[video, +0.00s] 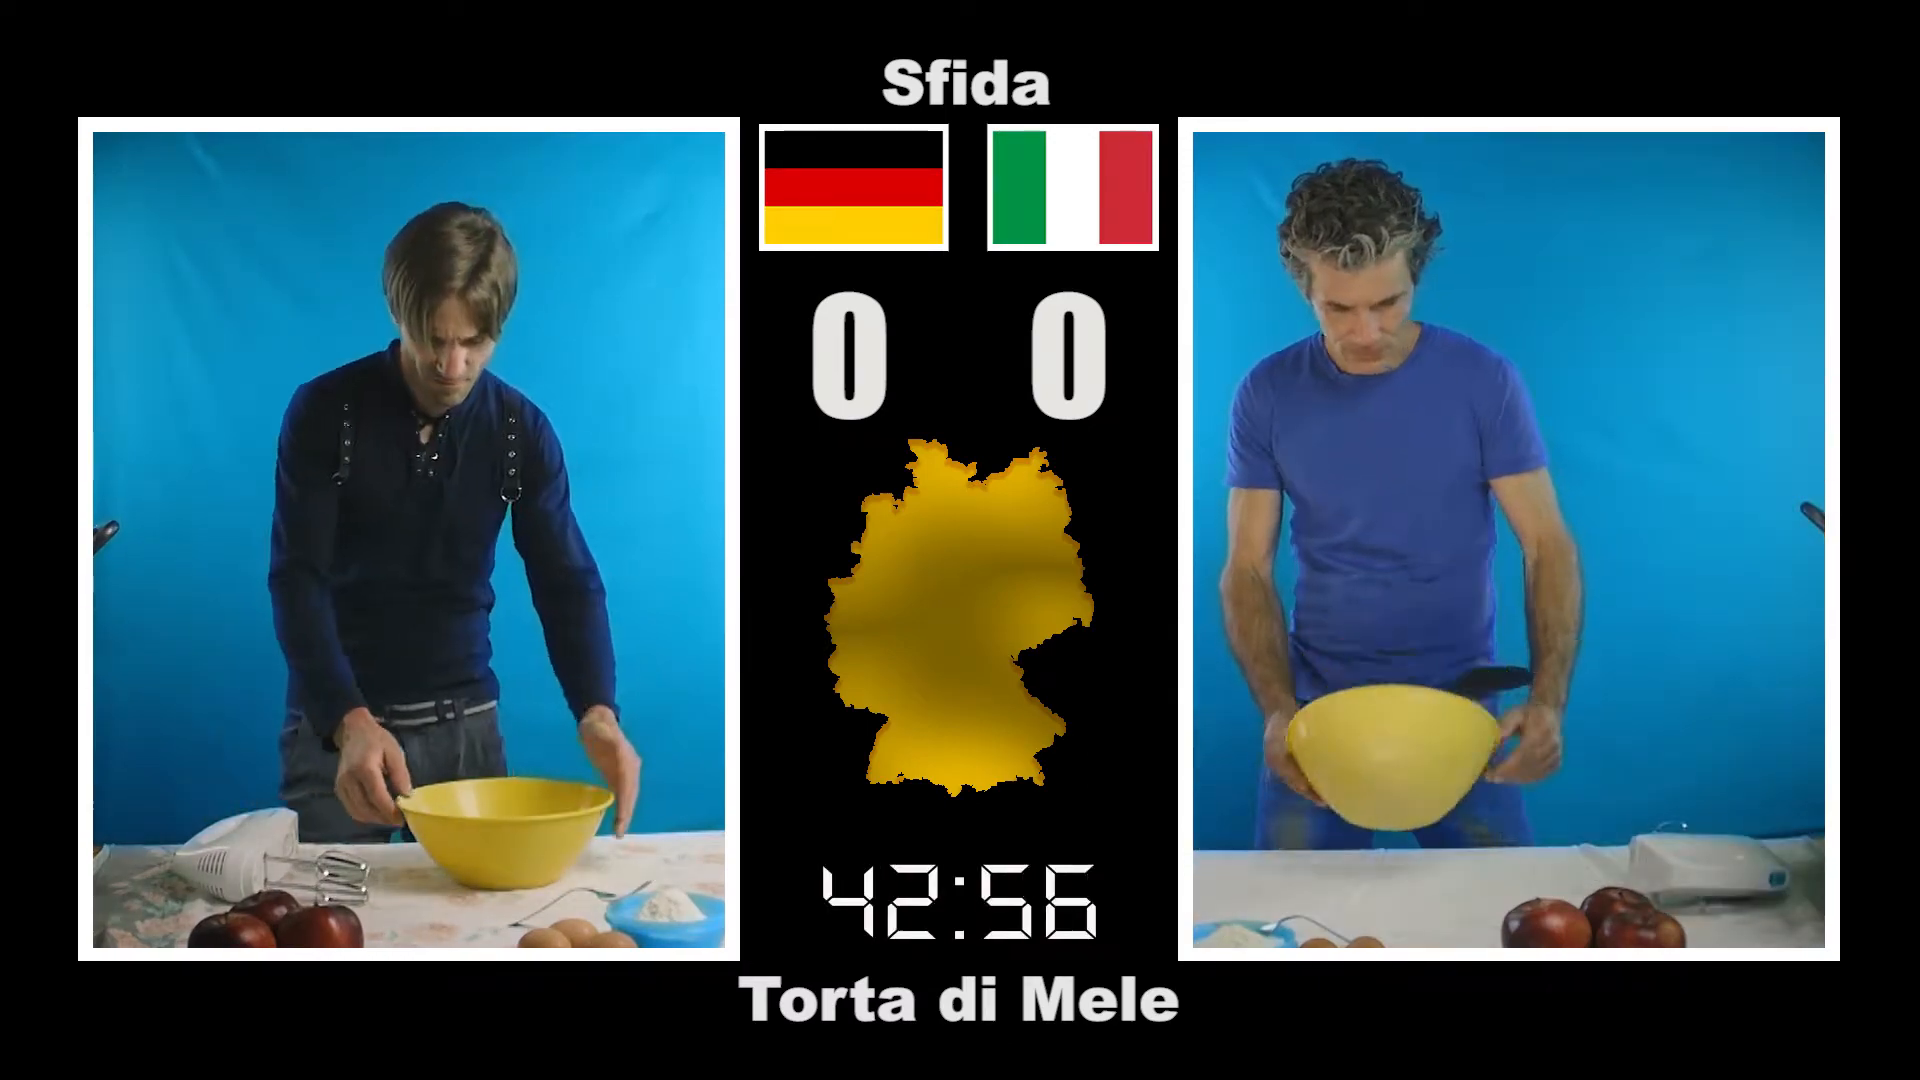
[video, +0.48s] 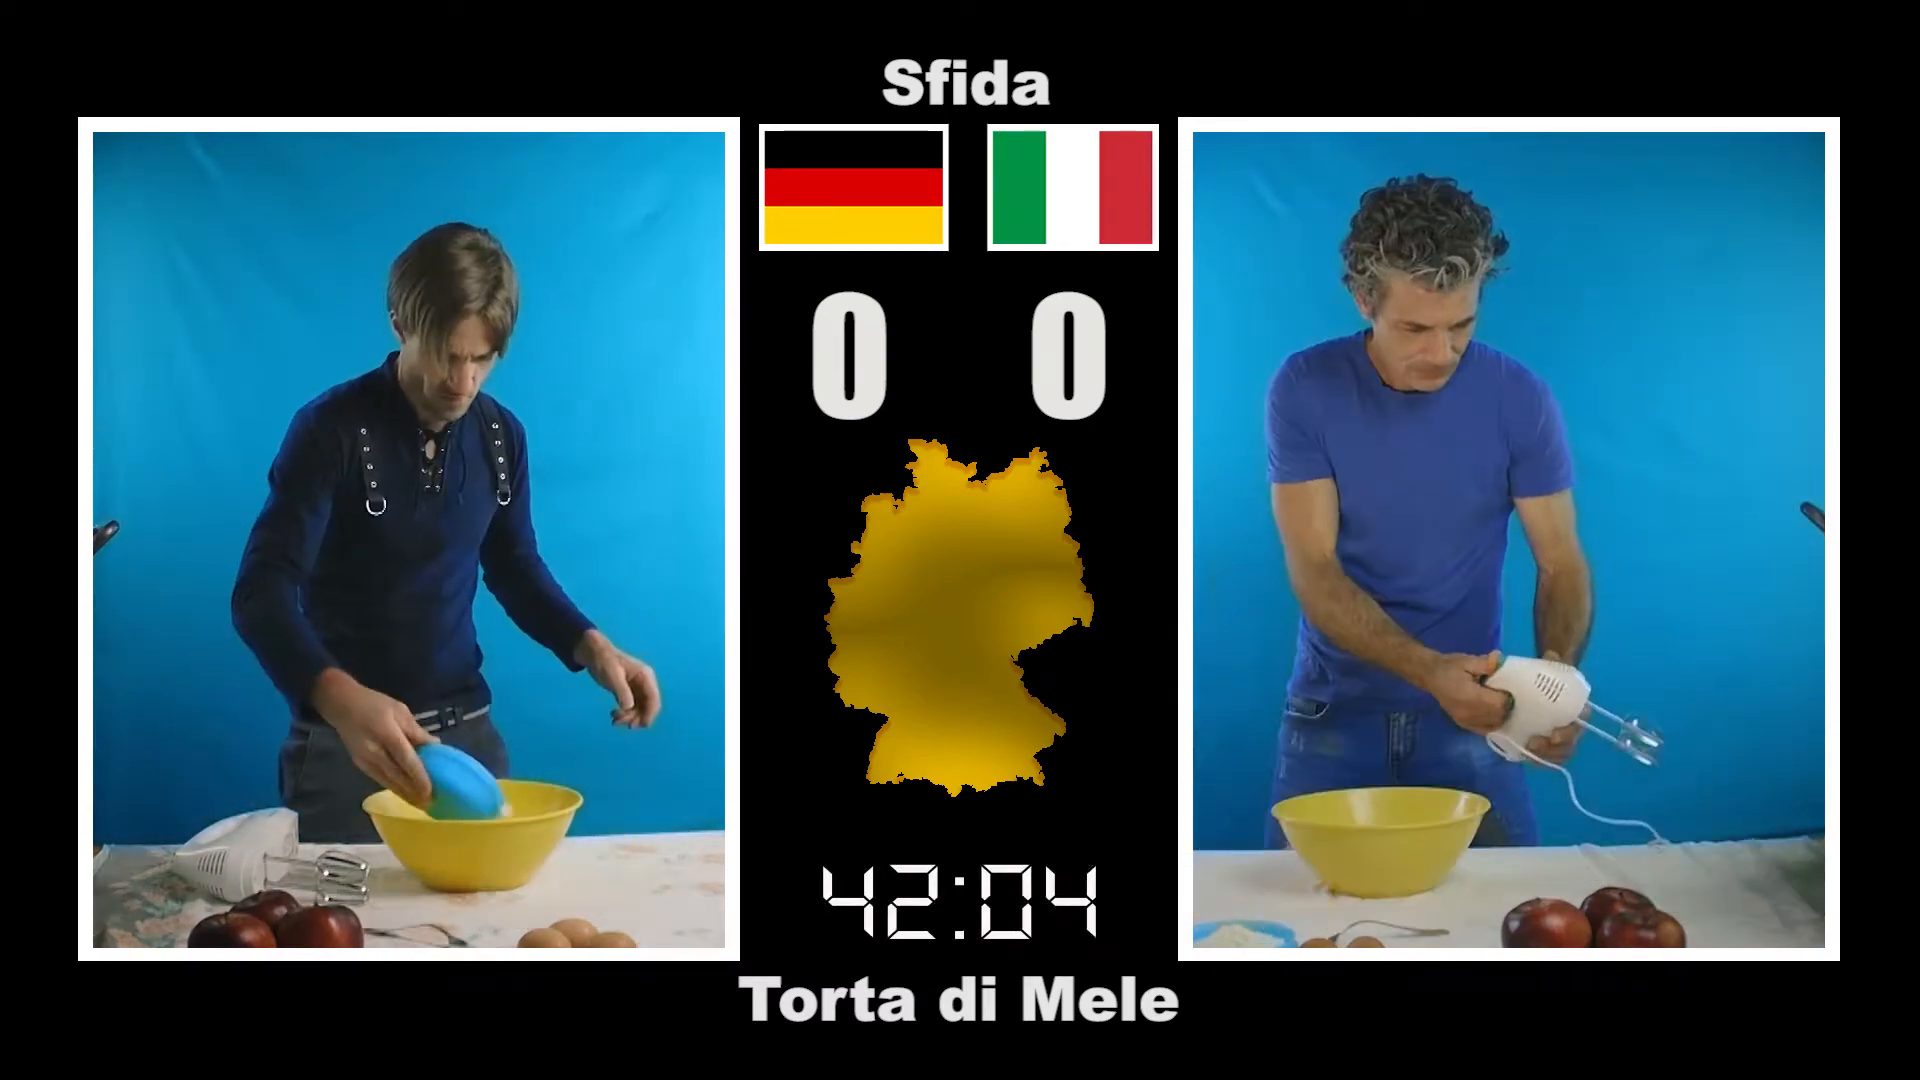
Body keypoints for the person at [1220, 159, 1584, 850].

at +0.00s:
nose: (1366, 331)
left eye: (1387, 303)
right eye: (1341, 308)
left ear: (1414, 278)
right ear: (1305, 286)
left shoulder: (1480, 382)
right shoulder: (1270, 394)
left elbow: (1549, 546)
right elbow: (1247, 570)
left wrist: (1548, 700)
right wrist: (1279, 711)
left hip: (1459, 698)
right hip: (1320, 700)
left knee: (1497, 924)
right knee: (1298, 928)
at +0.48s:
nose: (1441, 351)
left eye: (1460, 326)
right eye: (1414, 329)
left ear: (1477, 300)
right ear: (1365, 302)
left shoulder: (1516, 398)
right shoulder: (1308, 388)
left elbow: (1561, 564)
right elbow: (1316, 576)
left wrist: (1557, 690)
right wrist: (1430, 669)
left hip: (1469, 723)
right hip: (1335, 716)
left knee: (1503, 931)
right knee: (1318, 940)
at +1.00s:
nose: (1438, 359)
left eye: (1454, 334)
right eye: (1417, 334)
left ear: (1469, 320)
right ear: (1359, 314)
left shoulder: (1479, 430)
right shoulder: (1281, 421)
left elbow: (1526, 570)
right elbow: (1287, 599)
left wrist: (1579, 658)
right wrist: (1407, 683)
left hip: (1439, 736)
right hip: (1310, 735)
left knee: (1525, 918)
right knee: (1280, 939)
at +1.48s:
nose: (1401, 425)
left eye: (1416, 399)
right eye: (1379, 402)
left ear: (1426, 381)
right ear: (1314, 386)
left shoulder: (1447, 471)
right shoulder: (1242, 477)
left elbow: (1520, 601)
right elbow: (1198, 632)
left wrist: (1573, 731)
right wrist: (1250, 751)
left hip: (1417, 743)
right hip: (1287, 744)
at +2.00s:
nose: (1509, 479)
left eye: (1522, 452)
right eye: (1486, 454)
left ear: (1533, 439)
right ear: (1418, 445)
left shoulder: (1529, 507)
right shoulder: (1361, 524)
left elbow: (1578, 656)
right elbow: (1458, 667)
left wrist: (1624, 778)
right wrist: (1614, 763)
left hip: (1450, 761)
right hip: (1333, 769)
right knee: (1313, 937)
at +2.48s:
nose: (1643, 454)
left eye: (1664, 427)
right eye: (1618, 425)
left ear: (1682, 407)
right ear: (1562, 396)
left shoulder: (1679, 490)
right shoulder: (1482, 472)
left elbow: (1708, 657)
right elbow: (1482, 685)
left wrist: (1769, 793)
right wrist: (1609, 801)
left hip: (1554, 704)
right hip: (1436, 699)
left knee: (1593, 902)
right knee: (1372, 881)